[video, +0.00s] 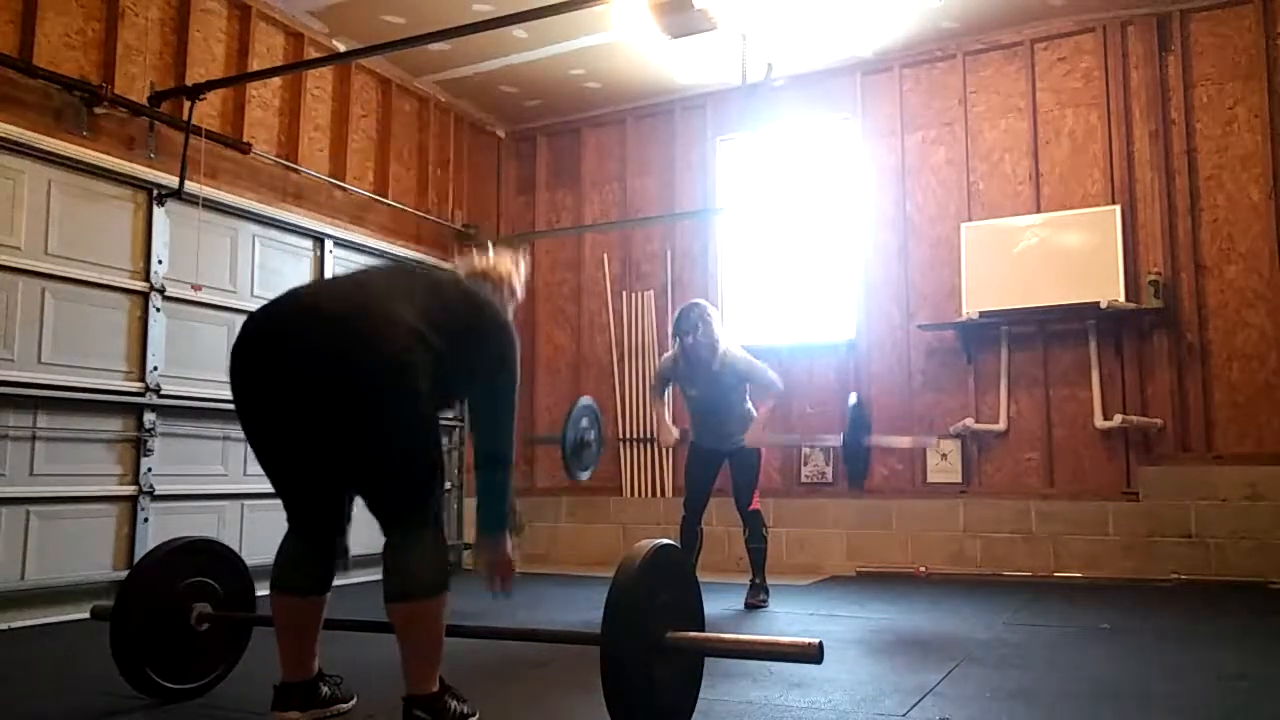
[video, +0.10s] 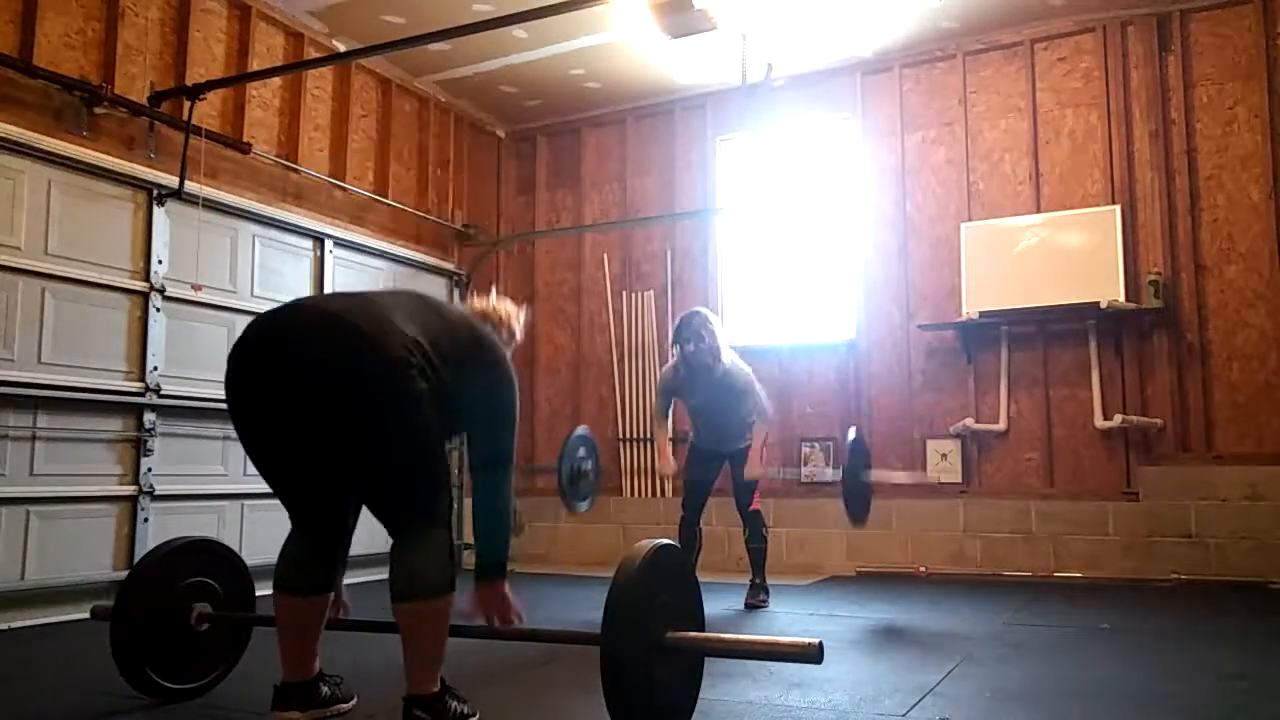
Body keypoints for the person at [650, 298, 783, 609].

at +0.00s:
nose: (691, 341)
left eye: (698, 333)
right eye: (685, 335)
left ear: (713, 332)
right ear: (678, 337)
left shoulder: (732, 360)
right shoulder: (673, 364)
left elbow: (775, 388)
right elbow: (657, 389)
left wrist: (758, 425)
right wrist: (664, 424)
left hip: (742, 442)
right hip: (703, 443)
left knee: (747, 506)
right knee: (691, 512)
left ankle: (758, 582)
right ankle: (684, 581)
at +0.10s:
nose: (692, 347)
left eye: (699, 340)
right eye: (686, 341)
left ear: (713, 339)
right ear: (679, 344)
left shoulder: (736, 372)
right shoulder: (671, 377)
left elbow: (764, 415)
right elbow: (661, 416)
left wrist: (756, 458)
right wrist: (664, 456)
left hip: (742, 444)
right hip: (704, 445)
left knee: (747, 506)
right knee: (690, 511)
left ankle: (758, 583)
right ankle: (684, 582)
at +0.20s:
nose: (693, 363)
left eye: (701, 354)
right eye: (685, 357)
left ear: (716, 355)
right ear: (678, 362)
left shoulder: (733, 387)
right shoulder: (674, 392)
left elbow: (755, 439)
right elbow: (664, 440)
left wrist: (753, 487)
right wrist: (666, 484)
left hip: (741, 448)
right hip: (704, 451)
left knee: (748, 508)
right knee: (687, 514)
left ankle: (758, 584)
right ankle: (683, 584)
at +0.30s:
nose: (695, 385)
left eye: (701, 376)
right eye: (687, 379)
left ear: (714, 376)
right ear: (678, 383)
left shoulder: (732, 405)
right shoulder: (672, 412)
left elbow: (750, 454)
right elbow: (663, 459)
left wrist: (749, 510)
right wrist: (663, 509)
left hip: (741, 461)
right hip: (705, 463)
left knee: (747, 519)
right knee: (680, 516)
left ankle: (758, 585)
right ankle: (683, 584)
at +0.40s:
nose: (700, 410)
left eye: (705, 402)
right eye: (692, 403)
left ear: (716, 398)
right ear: (680, 401)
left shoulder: (732, 422)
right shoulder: (671, 428)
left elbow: (748, 475)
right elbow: (663, 479)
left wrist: (748, 529)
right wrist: (662, 528)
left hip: (738, 477)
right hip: (703, 479)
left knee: (745, 522)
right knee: (679, 515)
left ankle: (757, 585)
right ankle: (683, 584)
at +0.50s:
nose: (706, 418)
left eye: (711, 410)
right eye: (700, 411)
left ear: (719, 407)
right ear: (687, 409)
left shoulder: (735, 434)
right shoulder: (673, 437)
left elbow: (751, 484)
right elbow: (662, 487)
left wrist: (748, 539)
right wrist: (661, 535)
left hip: (734, 486)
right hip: (700, 487)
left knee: (741, 521)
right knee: (679, 518)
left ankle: (757, 585)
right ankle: (684, 584)